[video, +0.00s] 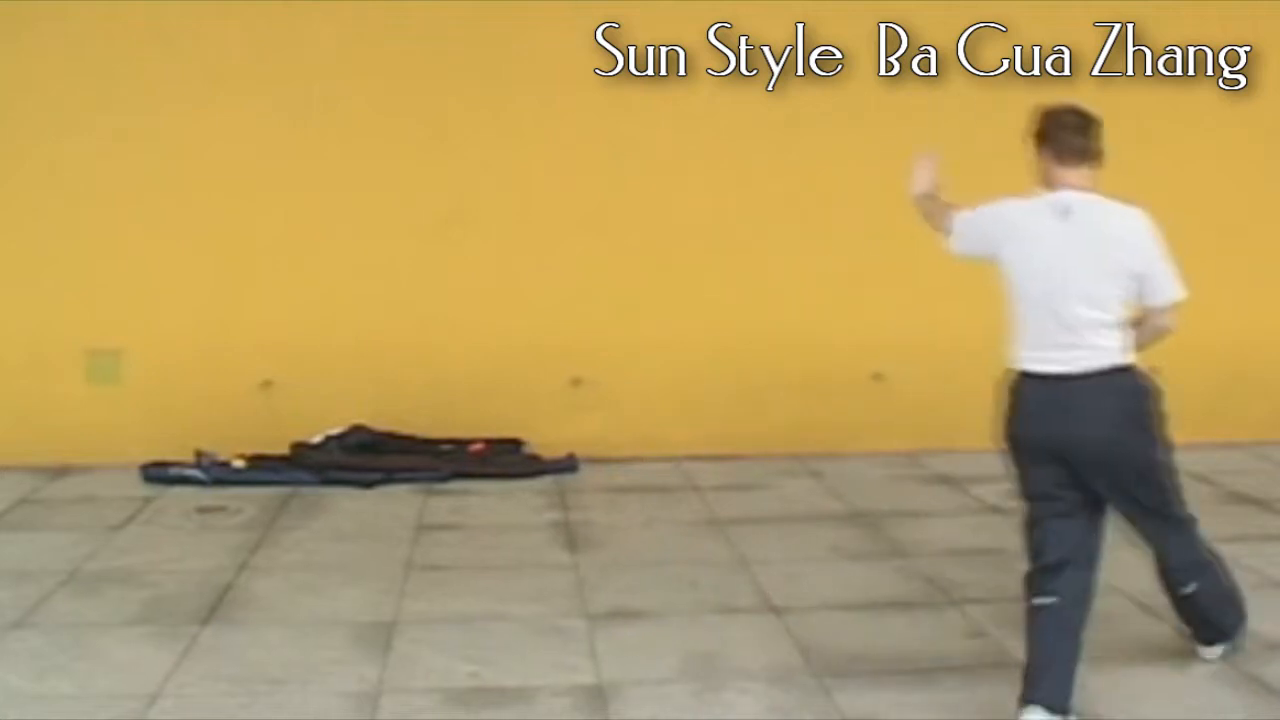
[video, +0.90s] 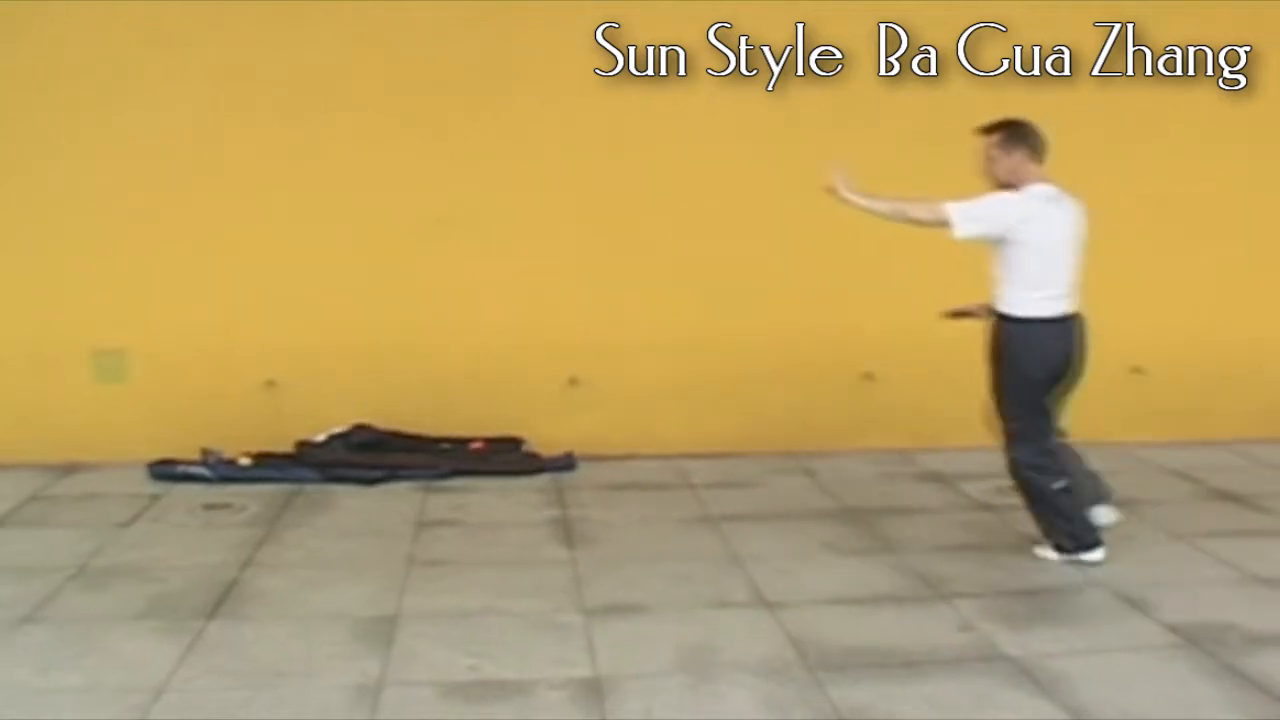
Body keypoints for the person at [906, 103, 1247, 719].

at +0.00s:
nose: (1047, 165)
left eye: (1043, 155)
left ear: (1042, 157)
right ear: (1098, 158)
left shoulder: (1015, 219)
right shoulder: (1129, 222)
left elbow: (952, 225)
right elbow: (1163, 316)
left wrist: (923, 195)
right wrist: (1111, 347)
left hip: (1035, 405)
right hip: (1112, 402)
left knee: (1056, 561)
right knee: (1166, 523)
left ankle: (1043, 703)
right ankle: (1220, 627)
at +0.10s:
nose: (1068, 170)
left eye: (1067, 161)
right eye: (1075, 161)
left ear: (1071, 164)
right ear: (1123, 164)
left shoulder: (1046, 225)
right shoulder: (1160, 230)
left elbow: (975, 224)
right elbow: (1187, 320)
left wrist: (935, 196)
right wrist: (1136, 341)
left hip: (1074, 401)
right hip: (1149, 397)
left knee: (1078, 538)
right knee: (1185, 511)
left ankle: (1053, 679)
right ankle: (1211, 631)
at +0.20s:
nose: (1085, 166)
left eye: (1086, 156)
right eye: (1087, 156)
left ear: (1099, 157)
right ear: (1143, 159)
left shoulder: (1074, 216)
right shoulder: (1184, 219)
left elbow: (993, 220)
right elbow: (1203, 304)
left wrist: (939, 195)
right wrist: (1157, 332)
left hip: (1098, 384)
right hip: (1173, 380)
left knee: (1110, 515)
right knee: (1195, 506)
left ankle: (1097, 611)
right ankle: (1210, 632)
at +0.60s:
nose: (1055, 175)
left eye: (1061, 164)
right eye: (1056, 164)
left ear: (1088, 165)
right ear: (1106, 167)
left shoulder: (1072, 218)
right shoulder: (1152, 217)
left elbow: (982, 223)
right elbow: (1156, 293)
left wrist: (905, 202)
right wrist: (1072, 326)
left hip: (1096, 367)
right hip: (1158, 361)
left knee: (1090, 463)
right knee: (1176, 487)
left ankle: (1091, 548)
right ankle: (1202, 606)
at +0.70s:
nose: (1034, 174)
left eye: (1039, 164)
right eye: (1035, 164)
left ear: (1066, 165)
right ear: (1080, 168)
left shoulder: (1054, 217)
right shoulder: (1125, 216)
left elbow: (969, 224)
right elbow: (1123, 293)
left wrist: (889, 204)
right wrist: (1046, 321)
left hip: (1072, 358)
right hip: (1129, 352)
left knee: (1064, 459)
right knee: (1150, 463)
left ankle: (1085, 548)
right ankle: (1191, 558)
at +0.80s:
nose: (1008, 167)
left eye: (1014, 156)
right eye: (1009, 157)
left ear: (1042, 157)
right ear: (1054, 159)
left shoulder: (1033, 211)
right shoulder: (1096, 210)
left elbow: (948, 216)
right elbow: (1078, 288)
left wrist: (872, 201)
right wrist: (1015, 313)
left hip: (1043, 345)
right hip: (1093, 340)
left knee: (1041, 450)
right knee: (1089, 439)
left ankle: (1081, 546)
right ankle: (1148, 513)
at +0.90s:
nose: (987, 165)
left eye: (993, 155)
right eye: (988, 155)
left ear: (1018, 157)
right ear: (1030, 158)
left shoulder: (1015, 207)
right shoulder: (1068, 206)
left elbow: (934, 214)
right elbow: (1050, 281)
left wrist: (856, 199)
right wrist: (990, 308)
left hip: (1023, 340)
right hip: (1063, 334)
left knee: (1026, 445)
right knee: (1037, 427)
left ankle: (1076, 542)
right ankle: (1094, 500)